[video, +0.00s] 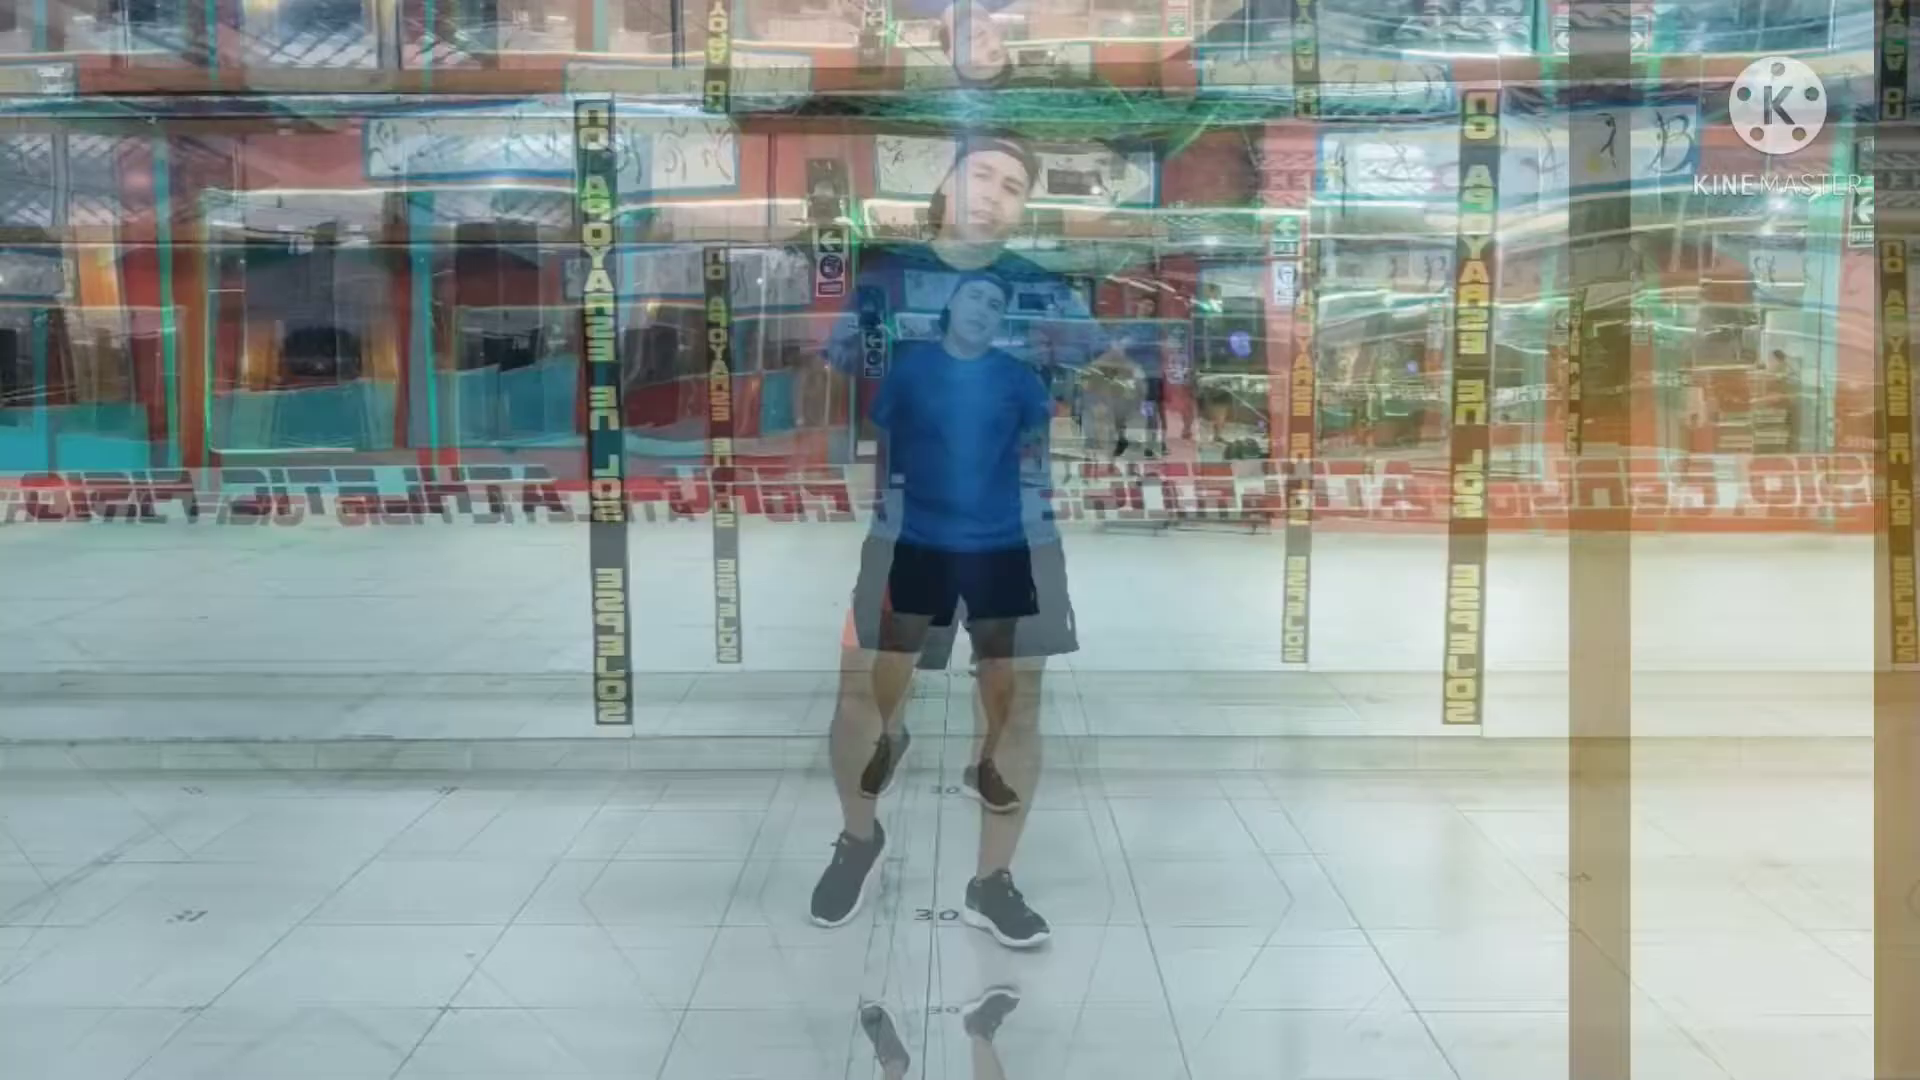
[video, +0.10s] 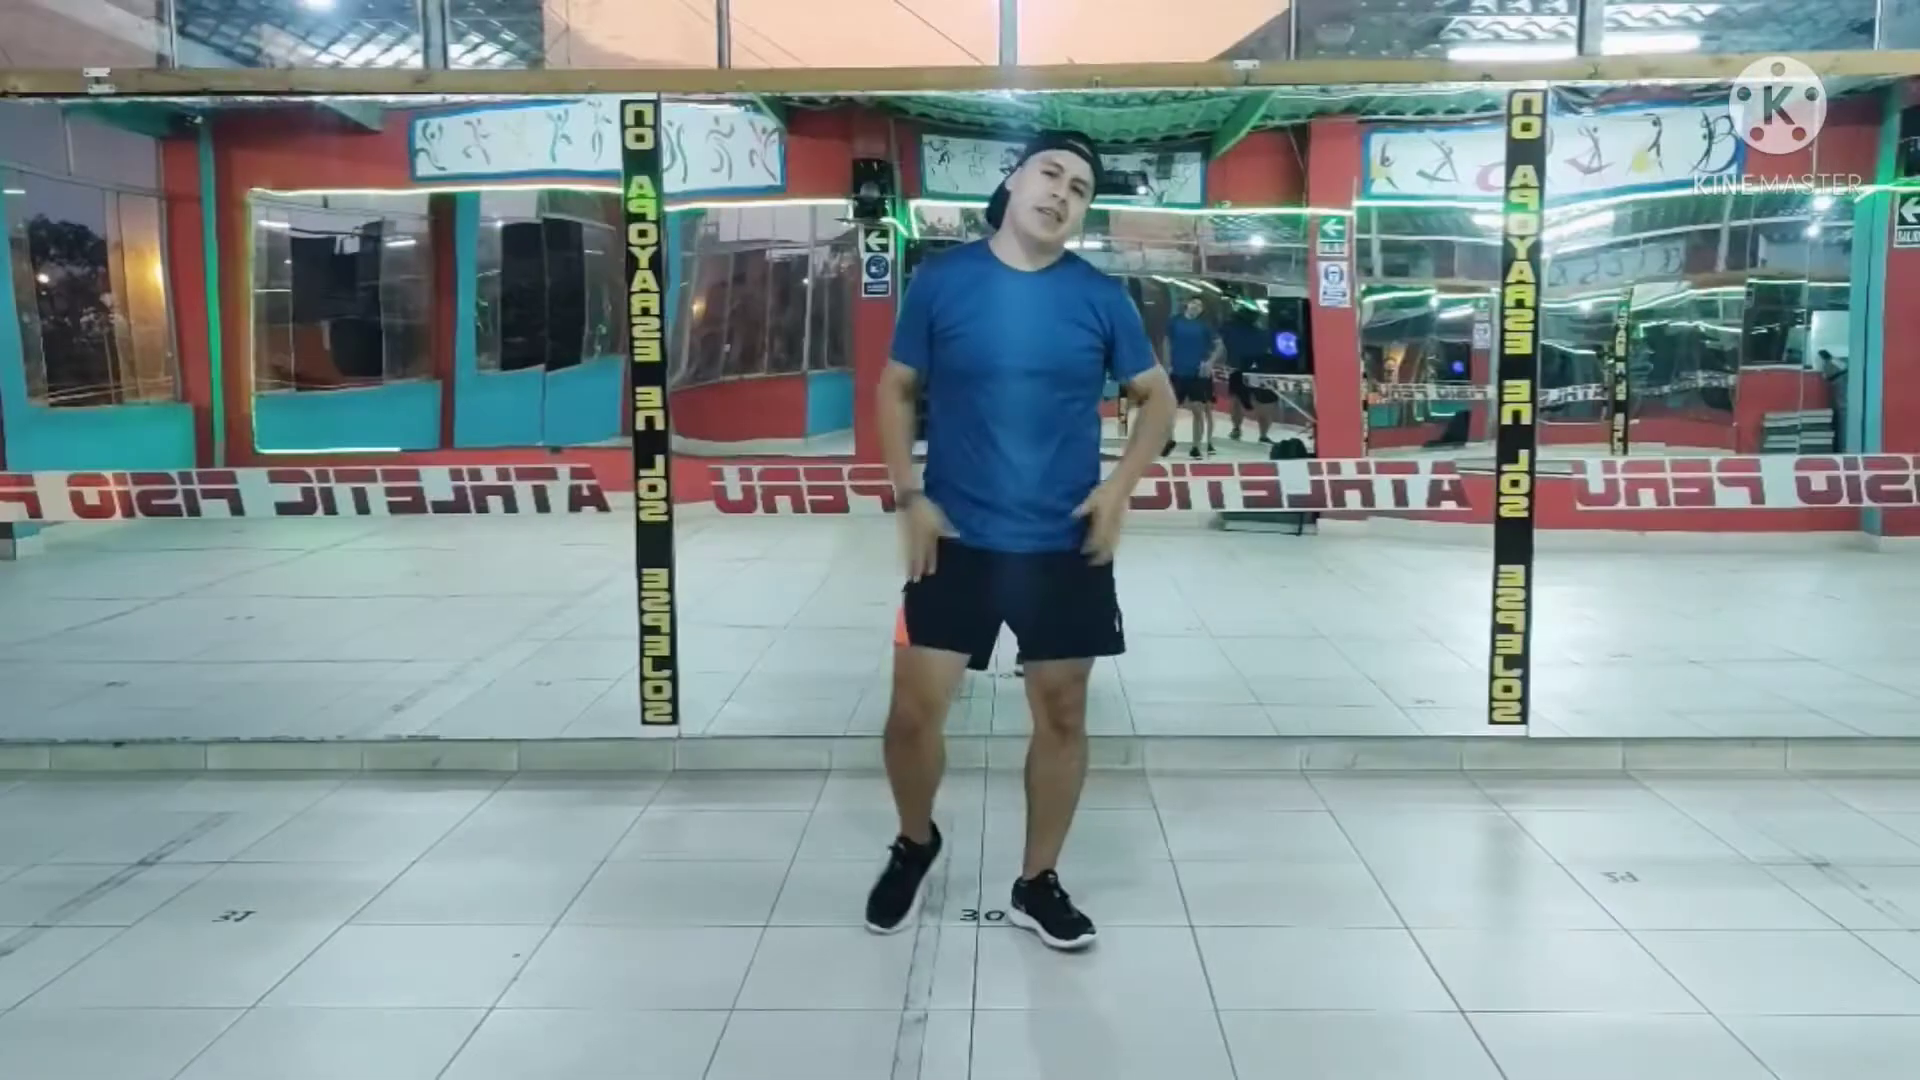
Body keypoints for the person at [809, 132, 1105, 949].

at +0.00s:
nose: (995, 195)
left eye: (1011, 188)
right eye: (984, 176)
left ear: (1022, 212)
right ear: (947, 185)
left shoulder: (1042, 295)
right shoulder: (890, 279)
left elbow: (1106, 374)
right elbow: (844, 384)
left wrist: (1112, 380)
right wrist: (833, 364)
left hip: (1012, 533)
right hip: (909, 527)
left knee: (1013, 709)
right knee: (866, 703)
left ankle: (995, 877)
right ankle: (859, 837)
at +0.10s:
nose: (1064, 194)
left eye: (1079, 190)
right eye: (1052, 175)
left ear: (1083, 214)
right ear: (1011, 181)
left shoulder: (1100, 297)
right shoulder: (941, 283)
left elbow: (1157, 398)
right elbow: (895, 390)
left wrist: (1121, 486)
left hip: (1063, 542)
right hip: (957, 534)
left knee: (1062, 709)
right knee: (912, 709)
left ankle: (1039, 879)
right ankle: (915, 841)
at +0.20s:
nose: (1072, 191)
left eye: (1088, 186)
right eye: (1060, 173)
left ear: (1095, 212)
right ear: (1019, 180)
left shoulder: (1110, 299)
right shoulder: (945, 278)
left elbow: (1148, 404)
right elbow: (902, 379)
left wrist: (1113, 491)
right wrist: (912, 481)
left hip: (1063, 543)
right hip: (959, 535)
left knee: (1060, 711)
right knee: (932, 715)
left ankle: (1039, 878)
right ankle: (932, 861)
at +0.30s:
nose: (1079, 189)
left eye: (1095, 186)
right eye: (1066, 172)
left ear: (1102, 212)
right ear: (1024, 181)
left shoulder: (1116, 300)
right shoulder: (953, 275)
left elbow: (1161, 405)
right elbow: (878, 366)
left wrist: (1113, 495)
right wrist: (904, 481)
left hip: (1063, 544)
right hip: (958, 535)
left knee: (1060, 711)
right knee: (926, 712)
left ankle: (1039, 878)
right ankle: (932, 856)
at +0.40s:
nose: (1081, 192)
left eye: (1098, 188)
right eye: (1068, 174)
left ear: (1105, 214)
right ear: (1028, 183)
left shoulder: (1116, 301)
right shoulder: (960, 273)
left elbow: (1173, 411)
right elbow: (877, 364)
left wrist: (1116, 504)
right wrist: (898, 487)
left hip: (1058, 542)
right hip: (952, 532)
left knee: (1060, 713)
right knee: (902, 705)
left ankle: (1039, 879)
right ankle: (911, 851)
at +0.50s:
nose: (1078, 192)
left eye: (1095, 187)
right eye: (1065, 174)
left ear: (1103, 212)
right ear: (1026, 183)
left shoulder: (1114, 303)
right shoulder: (952, 275)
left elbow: (1163, 417)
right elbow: (889, 381)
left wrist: (1122, 516)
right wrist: (894, 493)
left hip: (1054, 547)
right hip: (946, 535)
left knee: (1057, 716)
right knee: (891, 704)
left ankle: (1039, 881)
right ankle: (890, 867)